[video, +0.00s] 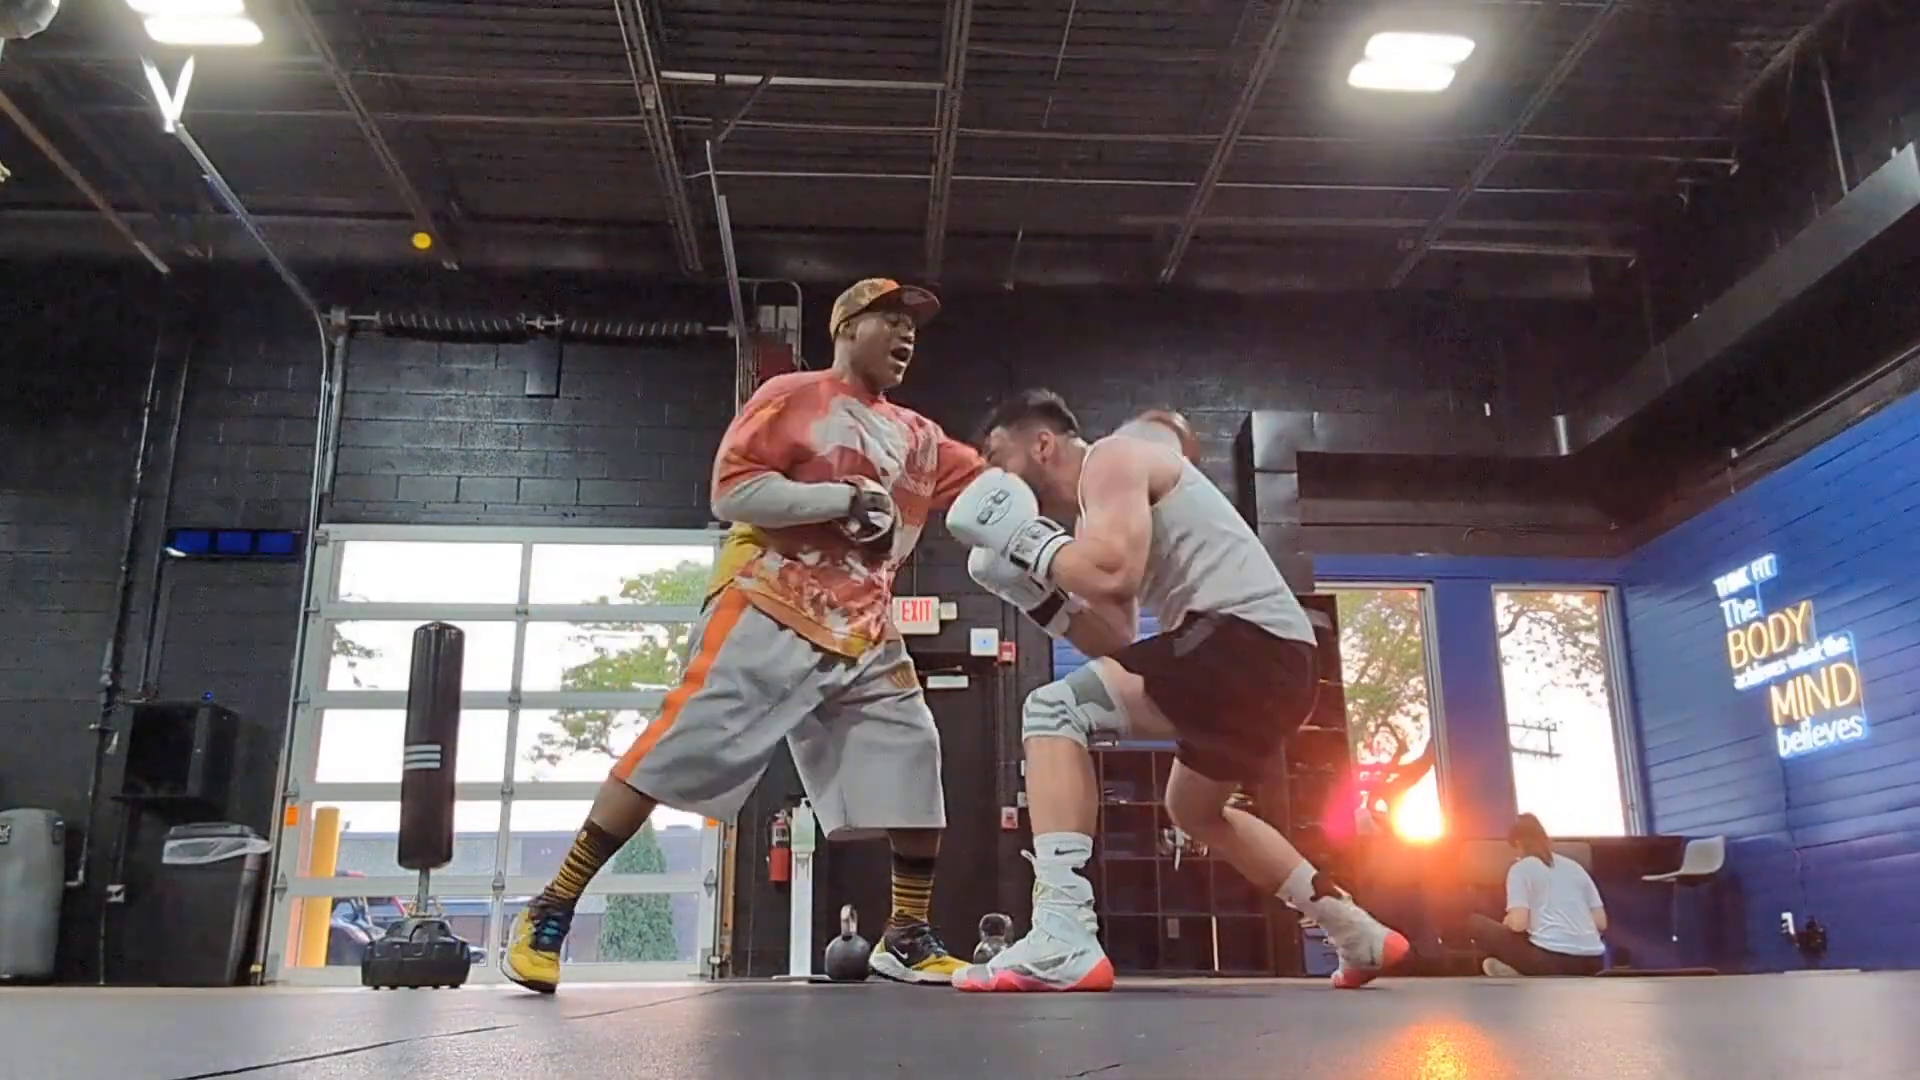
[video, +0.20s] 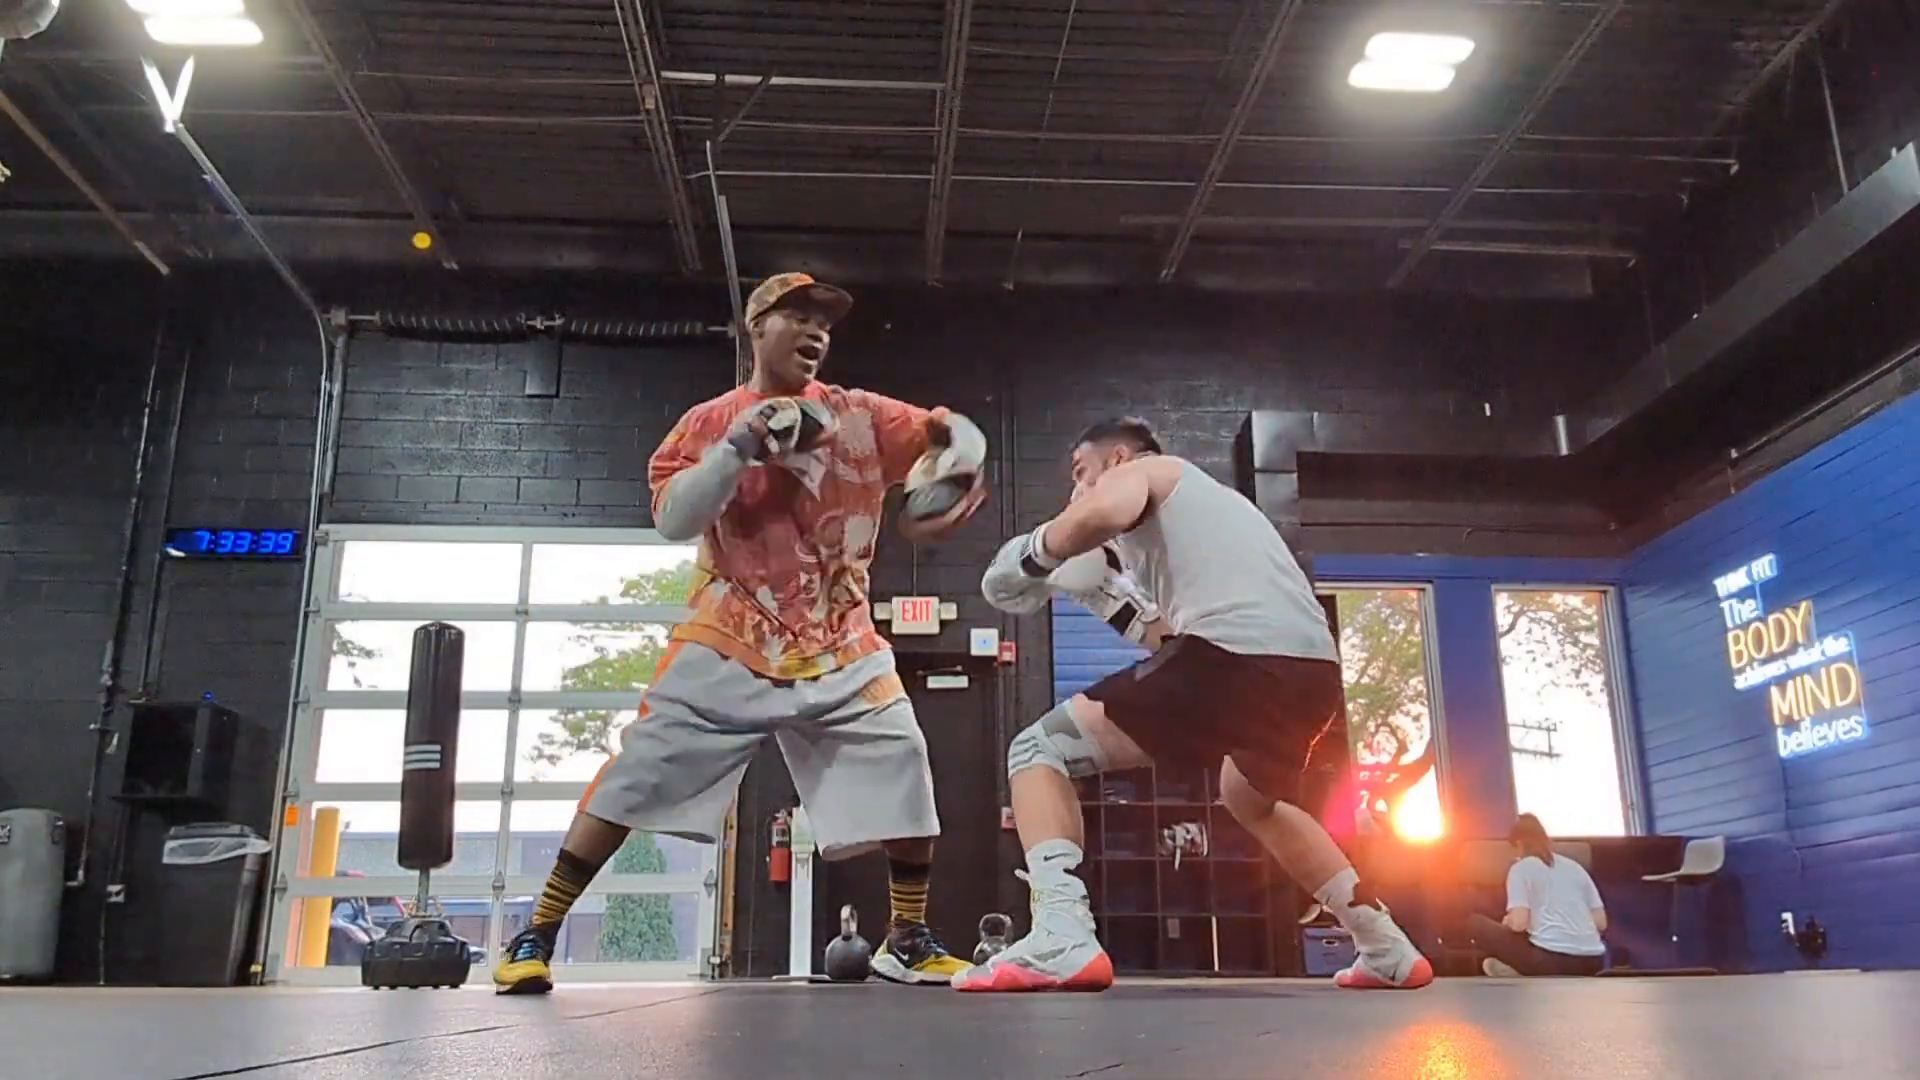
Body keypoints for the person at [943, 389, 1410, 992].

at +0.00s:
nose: (995, 477)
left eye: (998, 457)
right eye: (990, 463)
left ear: (1044, 444)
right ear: (1046, 450)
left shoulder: (1117, 456)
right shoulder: (1097, 522)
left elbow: (1113, 571)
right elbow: (1116, 638)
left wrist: (1023, 531)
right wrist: (1040, 601)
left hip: (1242, 645)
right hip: (1283, 664)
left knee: (1055, 710)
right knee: (1197, 809)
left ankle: (1061, 938)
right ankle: (1358, 934)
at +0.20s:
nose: (1077, 489)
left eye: (1085, 471)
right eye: (1075, 479)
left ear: (1128, 454)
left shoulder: (1149, 470)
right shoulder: (1232, 513)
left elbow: (1099, 515)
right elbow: (1185, 643)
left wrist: (1029, 556)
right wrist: (1110, 603)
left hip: (1226, 658)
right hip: (1316, 676)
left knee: (1040, 750)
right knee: (1249, 796)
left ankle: (1062, 934)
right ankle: (1386, 949)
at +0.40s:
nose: (1075, 372)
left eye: (1083, 355)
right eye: (1074, 360)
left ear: (1130, 347)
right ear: (1132, 354)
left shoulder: (1163, 380)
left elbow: (1189, 451)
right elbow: (1163, 565)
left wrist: (1099, 444)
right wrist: (1105, 513)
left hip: (1213, 599)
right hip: (1269, 612)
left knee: (1052, 731)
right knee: (1246, 797)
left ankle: (1045, 933)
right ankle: (1386, 945)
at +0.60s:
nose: (1069, 334)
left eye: (1076, 316)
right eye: (1068, 322)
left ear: (1117, 306)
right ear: (1122, 313)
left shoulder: (1151, 348)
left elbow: (1189, 425)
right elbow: (1107, 497)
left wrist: (1090, 407)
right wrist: (1047, 443)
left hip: (1181, 574)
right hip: (1249, 581)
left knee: (1055, 734)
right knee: (1260, 781)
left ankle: (1047, 935)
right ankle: (1384, 940)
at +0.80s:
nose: (1083, 339)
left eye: (1088, 324)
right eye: (1084, 327)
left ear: (1122, 316)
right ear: (1156, 325)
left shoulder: (1110, 361)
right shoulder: (1221, 390)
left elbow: (1028, 427)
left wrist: (975, 416)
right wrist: (1019, 401)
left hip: (1160, 597)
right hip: (1250, 597)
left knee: (1045, 749)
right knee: (1272, 777)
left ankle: (1046, 935)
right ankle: (1383, 941)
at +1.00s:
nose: (1049, 320)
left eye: (1060, 303)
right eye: (1050, 307)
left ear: (1107, 305)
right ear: (1100, 313)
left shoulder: (1168, 355)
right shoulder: (1079, 389)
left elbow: (1199, 442)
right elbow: (994, 414)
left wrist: (1094, 452)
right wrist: (926, 361)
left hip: (1195, 579)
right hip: (1202, 588)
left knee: (1070, 724)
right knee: (1254, 785)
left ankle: (1047, 935)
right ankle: (1401, 935)